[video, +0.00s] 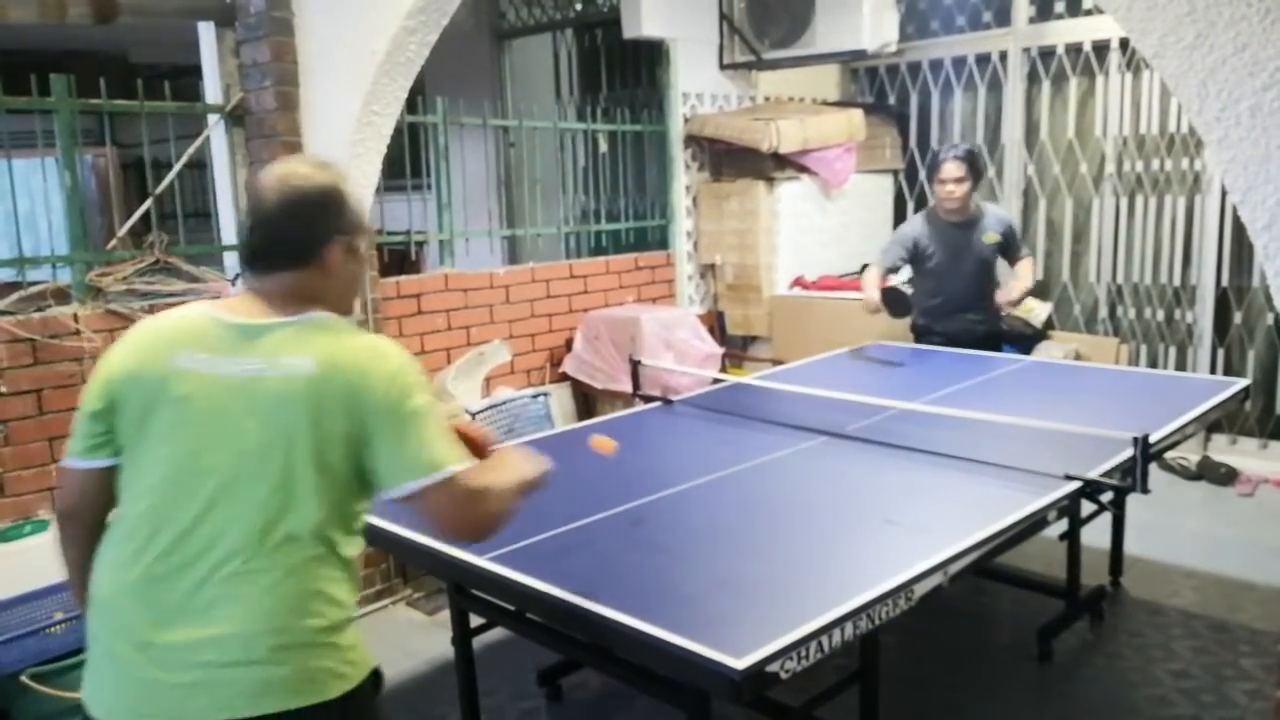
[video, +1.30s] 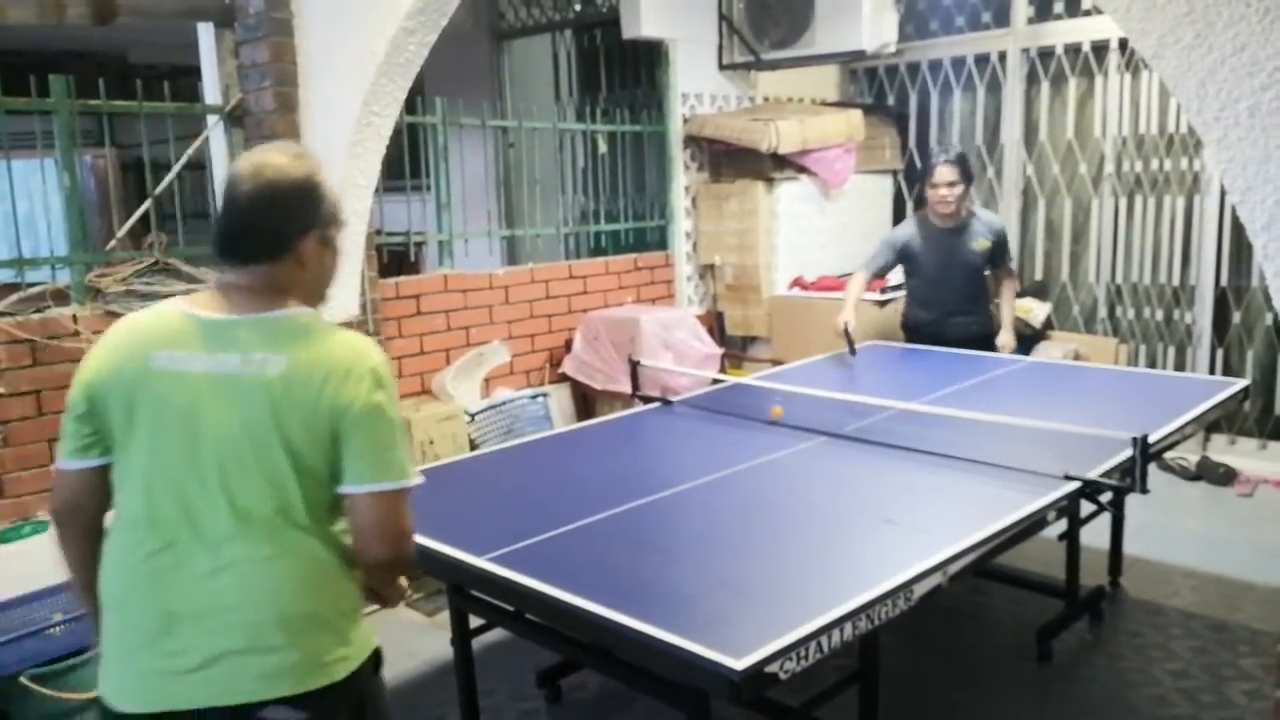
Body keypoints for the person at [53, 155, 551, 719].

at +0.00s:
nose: (371, 266)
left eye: (369, 248)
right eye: (367, 248)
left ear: (255, 247)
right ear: (336, 254)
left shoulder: (142, 346)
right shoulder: (368, 362)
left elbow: (75, 506)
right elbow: (462, 516)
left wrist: (101, 611)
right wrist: (508, 473)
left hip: (129, 685)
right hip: (292, 682)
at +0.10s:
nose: (404, 271)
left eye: (404, 254)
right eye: (402, 254)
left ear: (293, 253)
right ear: (380, 256)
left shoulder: (182, 338)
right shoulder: (411, 362)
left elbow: (111, 500)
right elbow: (545, 467)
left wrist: (136, 603)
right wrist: (589, 441)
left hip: (146, 682)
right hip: (311, 684)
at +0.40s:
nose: (407, 269)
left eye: (408, 253)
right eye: (406, 253)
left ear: (289, 251)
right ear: (383, 258)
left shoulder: (183, 335)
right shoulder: (419, 364)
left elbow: (110, 500)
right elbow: (517, 481)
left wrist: (155, 594)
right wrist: (537, 450)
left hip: (145, 688)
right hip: (314, 687)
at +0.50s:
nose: (379, 269)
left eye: (381, 252)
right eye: (377, 252)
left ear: (260, 249)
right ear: (349, 257)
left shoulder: (152, 341)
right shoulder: (390, 366)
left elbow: (85, 507)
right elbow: (460, 516)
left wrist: (129, 599)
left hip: (131, 688)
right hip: (297, 687)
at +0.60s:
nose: (326, 269)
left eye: (327, 251)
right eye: (323, 252)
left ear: (214, 250)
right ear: (296, 257)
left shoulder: (102, 352)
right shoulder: (340, 370)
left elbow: (49, 520)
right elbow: (391, 541)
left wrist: (89, 612)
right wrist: (425, 552)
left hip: (101, 692)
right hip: (269, 688)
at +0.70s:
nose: (288, 265)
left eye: (287, 244)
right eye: (280, 243)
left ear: (163, 245)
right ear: (242, 251)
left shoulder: (57, 354)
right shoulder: (290, 367)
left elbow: (15, 535)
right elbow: (329, 557)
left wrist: (43, 631)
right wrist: (373, 564)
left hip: (72, 693)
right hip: (240, 694)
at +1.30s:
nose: (336, 254)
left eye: (337, 239)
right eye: (333, 239)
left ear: (227, 240)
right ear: (308, 248)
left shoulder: (124, 343)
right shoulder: (348, 359)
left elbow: (72, 506)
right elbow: (381, 542)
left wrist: (105, 610)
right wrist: (380, 576)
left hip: (146, 672)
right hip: (300, 669)